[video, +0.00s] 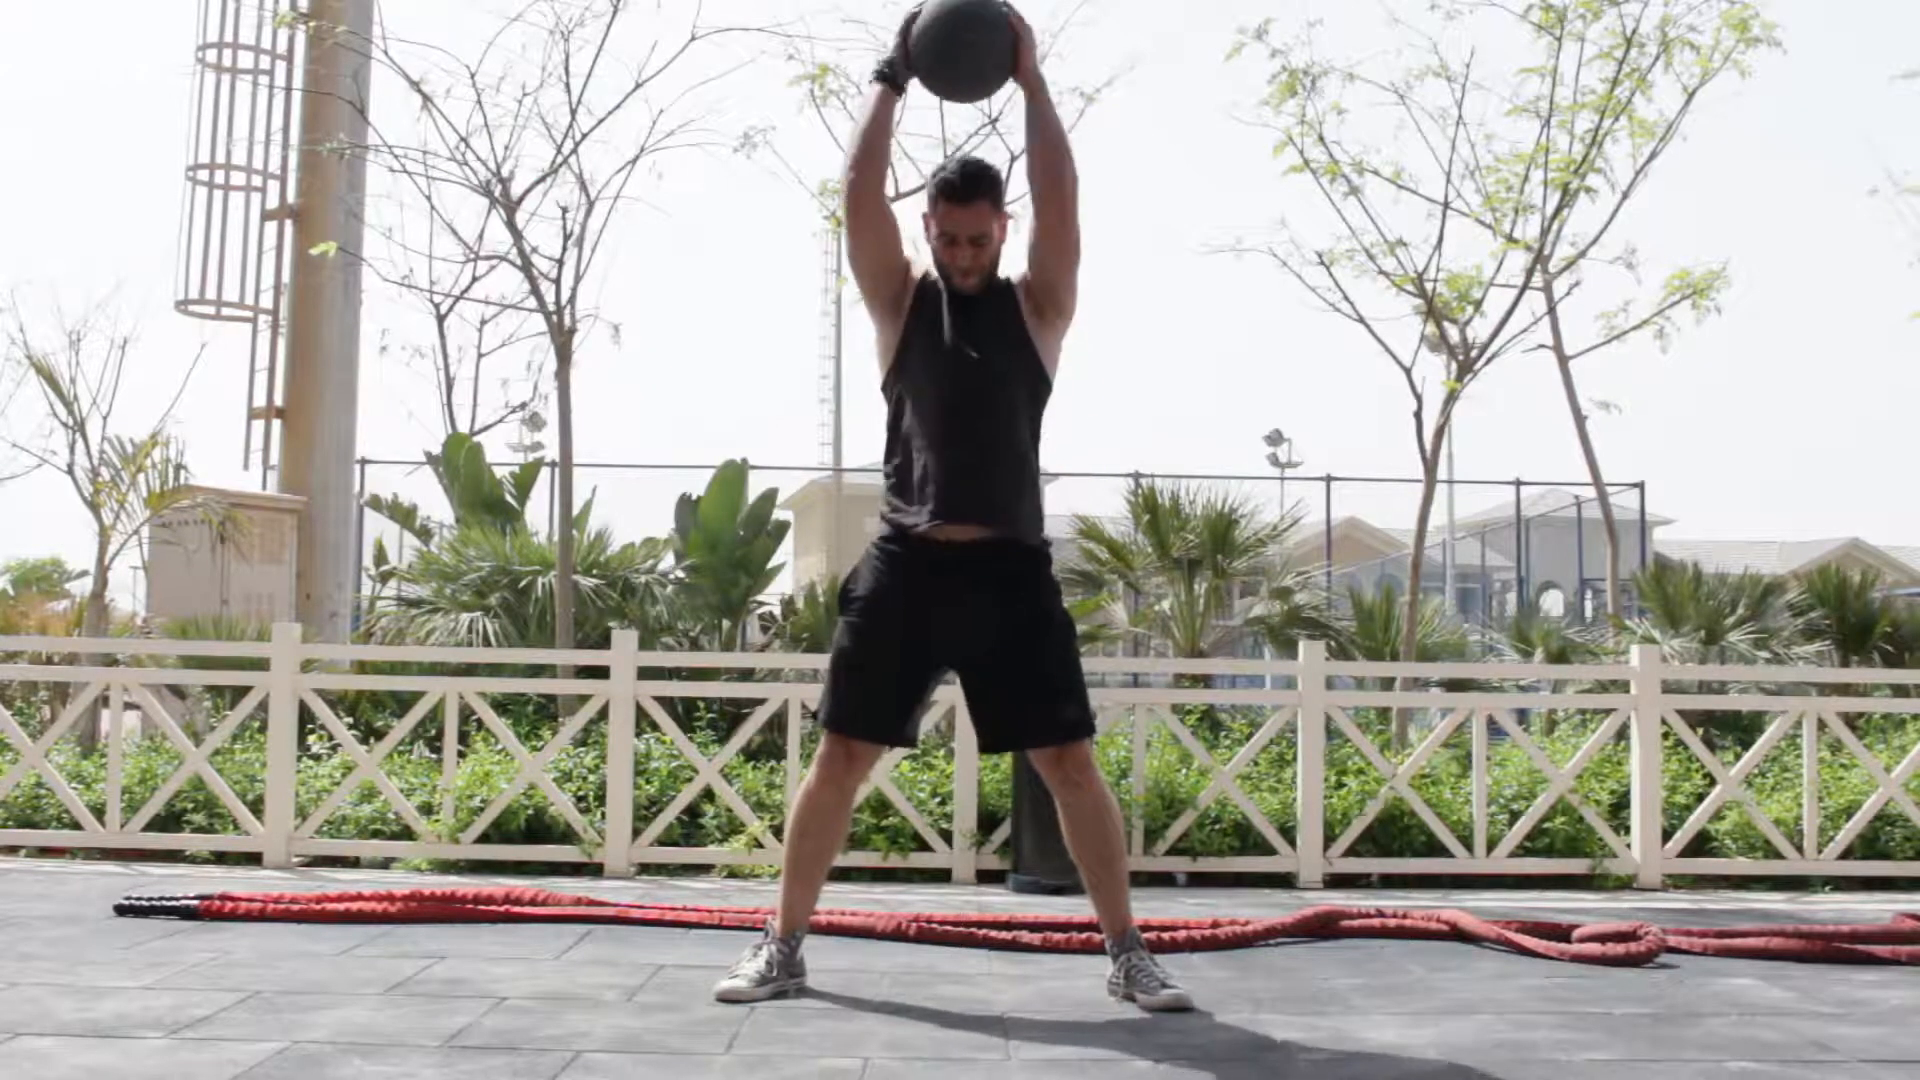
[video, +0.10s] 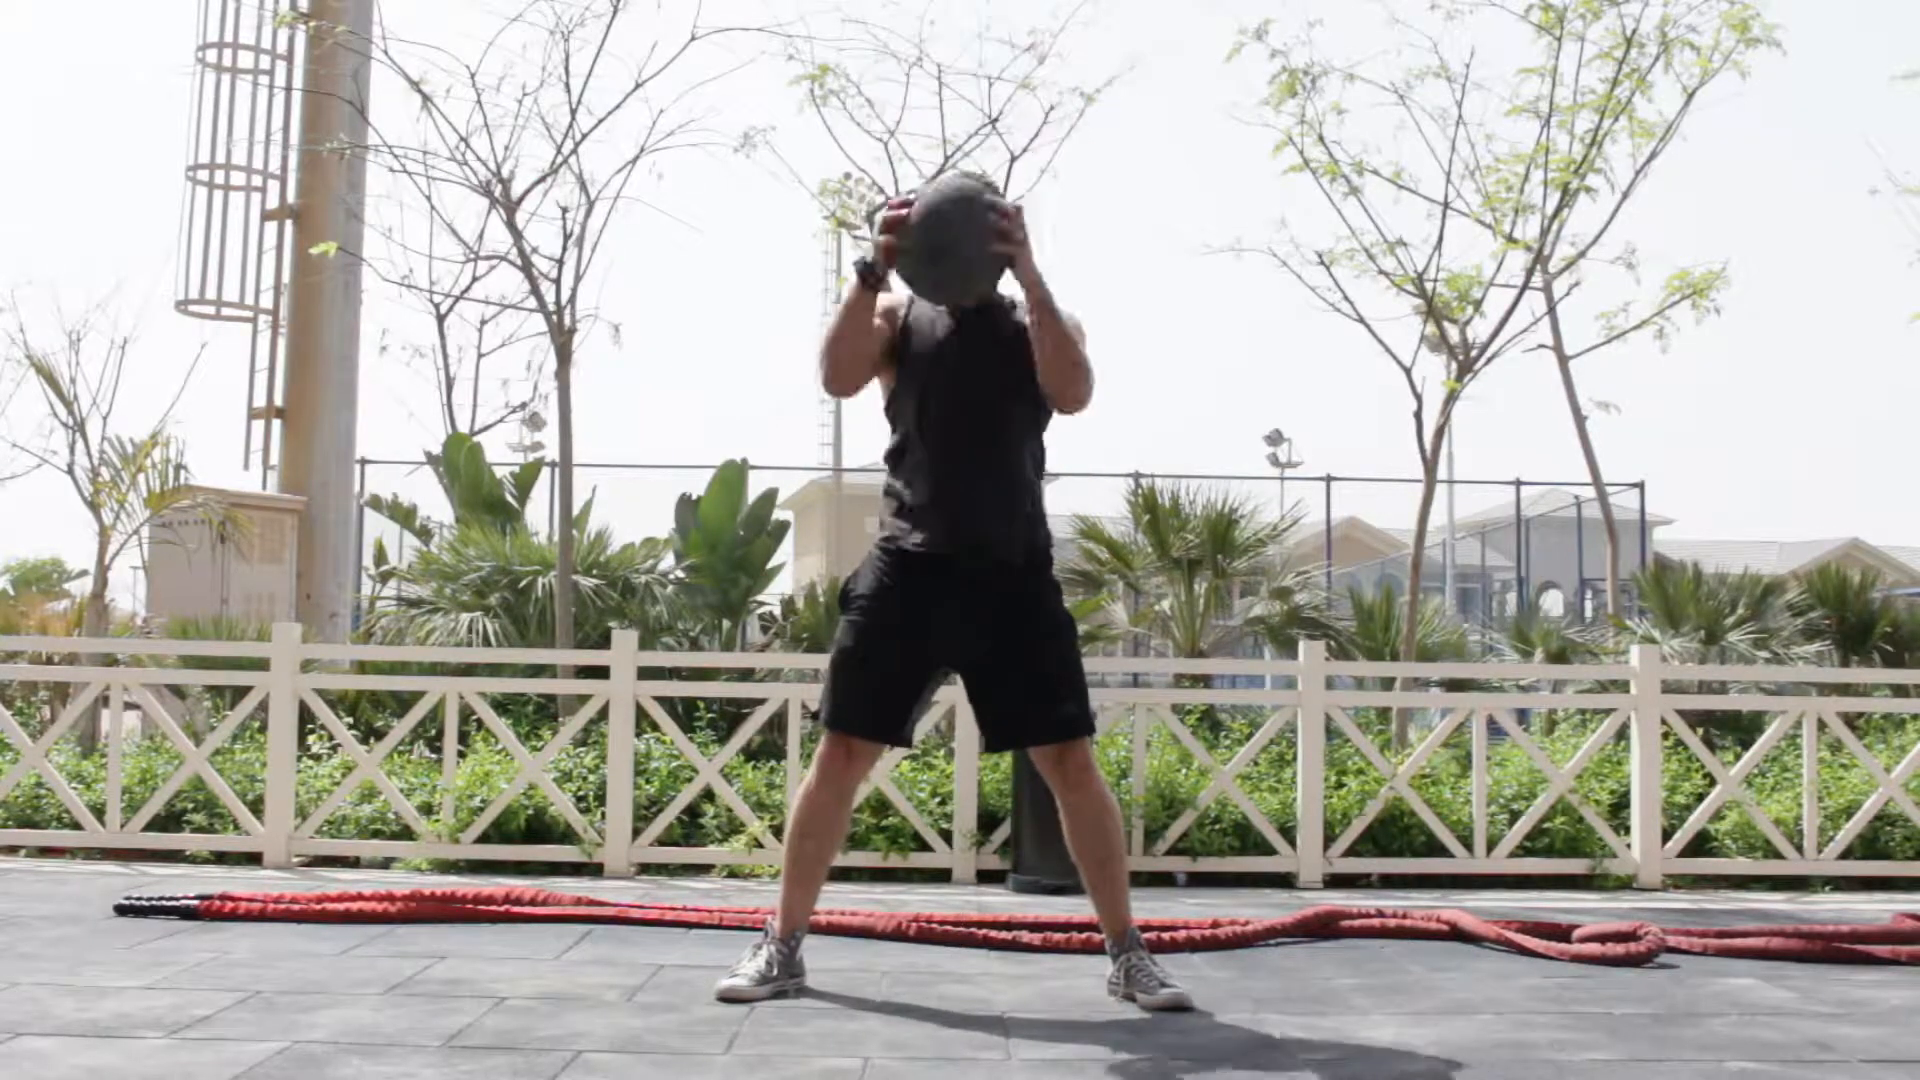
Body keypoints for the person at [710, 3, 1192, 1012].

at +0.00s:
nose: (965, 242)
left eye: (979, 228)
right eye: (950, 228)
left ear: (1005, 228)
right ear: (925, 229)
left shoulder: (1037, 312)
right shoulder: (901, 306)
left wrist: (1030, 75)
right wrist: (892, 76)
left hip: (1013, 569)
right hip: (906, 565)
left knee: (1069, 760)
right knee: (841, 756)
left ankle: (1127, 953)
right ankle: (782, 948)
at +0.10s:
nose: (962, 243)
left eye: (978, 225)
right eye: (948, 224)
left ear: (1001, 238)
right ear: (919, 238)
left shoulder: (1034, 322)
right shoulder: (898, 314)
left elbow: (1071, 395)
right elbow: (839, 376)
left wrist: (1028, 275)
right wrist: (875, 270)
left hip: (1013, 573)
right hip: (908, 567)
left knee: (1070, 758)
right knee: (842, 750)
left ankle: (1128, 952)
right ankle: (781, 946)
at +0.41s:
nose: (958, 319)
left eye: (972, 303)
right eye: (943, 302)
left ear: (998, 283)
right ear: (919, 282)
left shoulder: (1048, 364)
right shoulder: (875, 362)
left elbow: (1085, 483)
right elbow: (834, 476)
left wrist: (1085, 589)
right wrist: (835, 580)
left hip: (1016, 596)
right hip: (905, 593)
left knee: (1085, 749)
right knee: (827, 747)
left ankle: (1130, 952)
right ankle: (781, 947)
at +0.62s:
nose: (951, 510)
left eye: (968, 495)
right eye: (937, 493)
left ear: (994, 467)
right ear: (915, 461)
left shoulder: (1037, 529)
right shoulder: (868, 528)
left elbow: (1048, 682)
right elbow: (838, 667)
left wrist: (1028, 806)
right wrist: (826, 797)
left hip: (1011, 679)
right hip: (906, 675)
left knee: (1112, 759)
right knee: (792, 753)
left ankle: (1132, 953)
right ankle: (779, 949)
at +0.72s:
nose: (946, 604)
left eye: (963, 589)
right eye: (931, 588)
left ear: (987, 562)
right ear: (910, 555)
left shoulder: (1028, 609)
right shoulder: (858, 609)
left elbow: (1024, 765)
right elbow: (838, 754)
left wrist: (996, 897)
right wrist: (831, 886)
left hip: (1003, 734)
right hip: (898, 736)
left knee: (1114, 760)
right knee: (782, 755)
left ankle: (1132, 956)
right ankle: (776, 948)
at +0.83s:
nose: (941, 651)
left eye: (958, 635)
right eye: (927, 634)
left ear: (984, 611)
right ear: (901, 596)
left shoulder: (1024, 650)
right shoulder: (853, 652)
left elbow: (1014, 802)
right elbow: (846, 795)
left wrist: (981, 926)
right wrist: (840, 915)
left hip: (992, 764)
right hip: (891, 766)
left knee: (1112, 764)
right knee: (777, 760)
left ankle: (1131, 958)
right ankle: (778, 955)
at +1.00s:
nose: (940, 575)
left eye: (956, 560)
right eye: (927, 558)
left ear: (983, 539)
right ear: (904, 532)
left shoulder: (1024, 598)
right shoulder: (854, 596)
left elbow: (1018, 746)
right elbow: (853, 739)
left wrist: (992, 871)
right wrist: (857, 850)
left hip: (997, 741)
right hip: (893, 738)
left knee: (1112, 761)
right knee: (770, 757)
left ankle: (1132, 958)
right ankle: (777, 949)